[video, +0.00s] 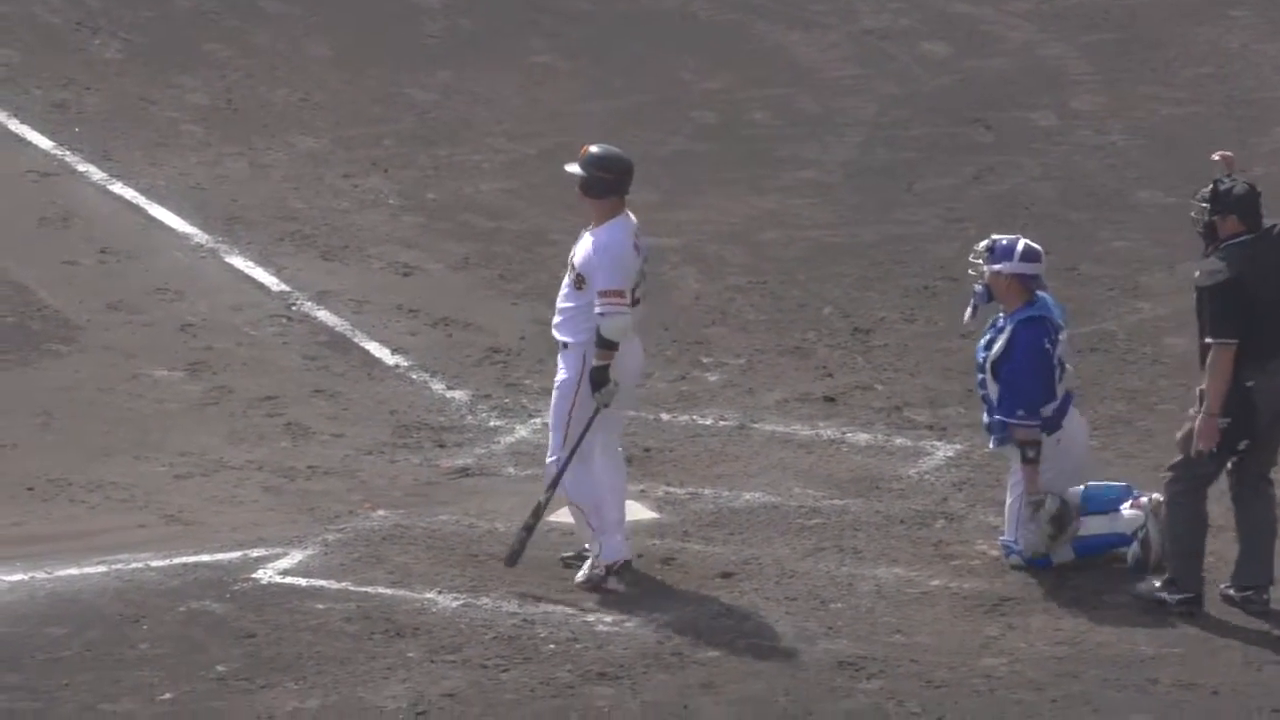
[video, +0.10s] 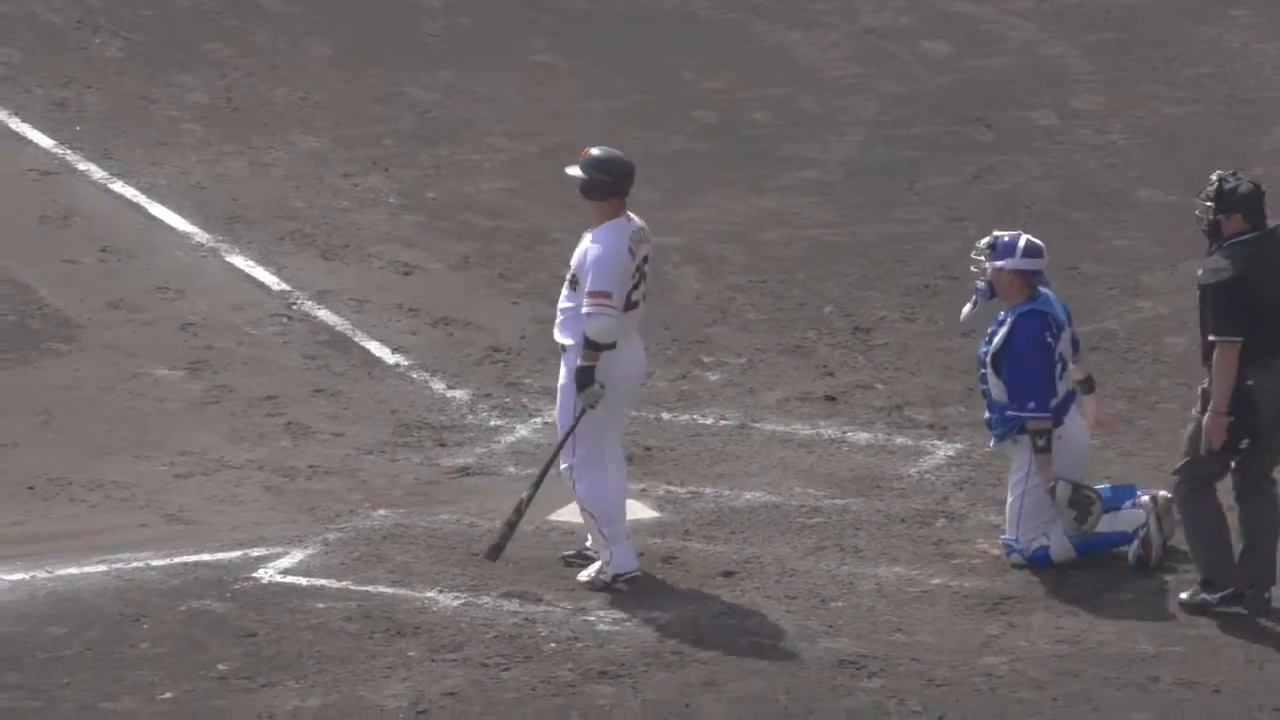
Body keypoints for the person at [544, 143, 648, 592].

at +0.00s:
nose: (577, 187)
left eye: (583, 182)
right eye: (580, 180)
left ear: (598, 189)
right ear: (616, 189)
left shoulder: (608, 245)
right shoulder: (618, 226)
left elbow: (613, 318)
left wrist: (600, 370)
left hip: (587, 357)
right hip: (609, 350)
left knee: (565, 460)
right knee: (599, 449)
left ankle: (606, 551)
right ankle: (608, 544)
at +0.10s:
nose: (579, 188)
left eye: (584, 184)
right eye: (581, 182)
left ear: (599, 191)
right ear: (619, 191)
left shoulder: (605, 247)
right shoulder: (632, 227)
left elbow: (601, 320)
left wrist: (585, 372)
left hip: (594, 358)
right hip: (619, 351)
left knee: (584, 458)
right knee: (599, 449)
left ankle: (617, 558)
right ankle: (602, 541)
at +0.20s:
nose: (581, 189)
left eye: (586, 185)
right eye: (583, 182)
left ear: (599, 191)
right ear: (623, 191)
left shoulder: (598, 246)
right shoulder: (644, 231)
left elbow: (587, 319)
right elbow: (653, 293)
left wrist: (570, 365)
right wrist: (622, 320)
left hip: (601, 357)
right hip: (631, 350)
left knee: (594, 462)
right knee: (603, 451)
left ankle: (623, 560)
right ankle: (602, 538)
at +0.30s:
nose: (581, 192)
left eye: (586, 187)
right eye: (584, 185)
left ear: (597, 193)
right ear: (624, 192)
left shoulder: (591, 244)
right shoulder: (650, 238)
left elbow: (572, 317)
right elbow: (659, 305)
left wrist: (554, 362)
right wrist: (642, 344)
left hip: (598, 364)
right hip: (636, 361)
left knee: (598, 466)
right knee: (600, 451)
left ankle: (623, 565)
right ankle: (594, 536)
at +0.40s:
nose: (577, 190)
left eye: (581, 186)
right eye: (580, 184)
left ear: (592, 191)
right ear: (620, 192)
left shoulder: (581, 240)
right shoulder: (648, 242)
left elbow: (555, 309)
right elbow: (659, 309)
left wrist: (540, 359)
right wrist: (654, 358)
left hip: (591, 367)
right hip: (633, 363)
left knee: (596, 466)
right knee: (599, 451)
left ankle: (615, 564)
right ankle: (601, 534)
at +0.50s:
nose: (573, 191)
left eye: (578, 186)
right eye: (576, 185)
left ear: (590, 189)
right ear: (618, 192)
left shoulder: (575, 234)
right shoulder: (646, 243)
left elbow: (544, 300)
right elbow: (655, 312)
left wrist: (529, 349)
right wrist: (652, 362)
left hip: (587, 364)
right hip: (631, 362)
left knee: (591, 466)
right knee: (601, 425)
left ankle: (608, 563)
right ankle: (619, 504)